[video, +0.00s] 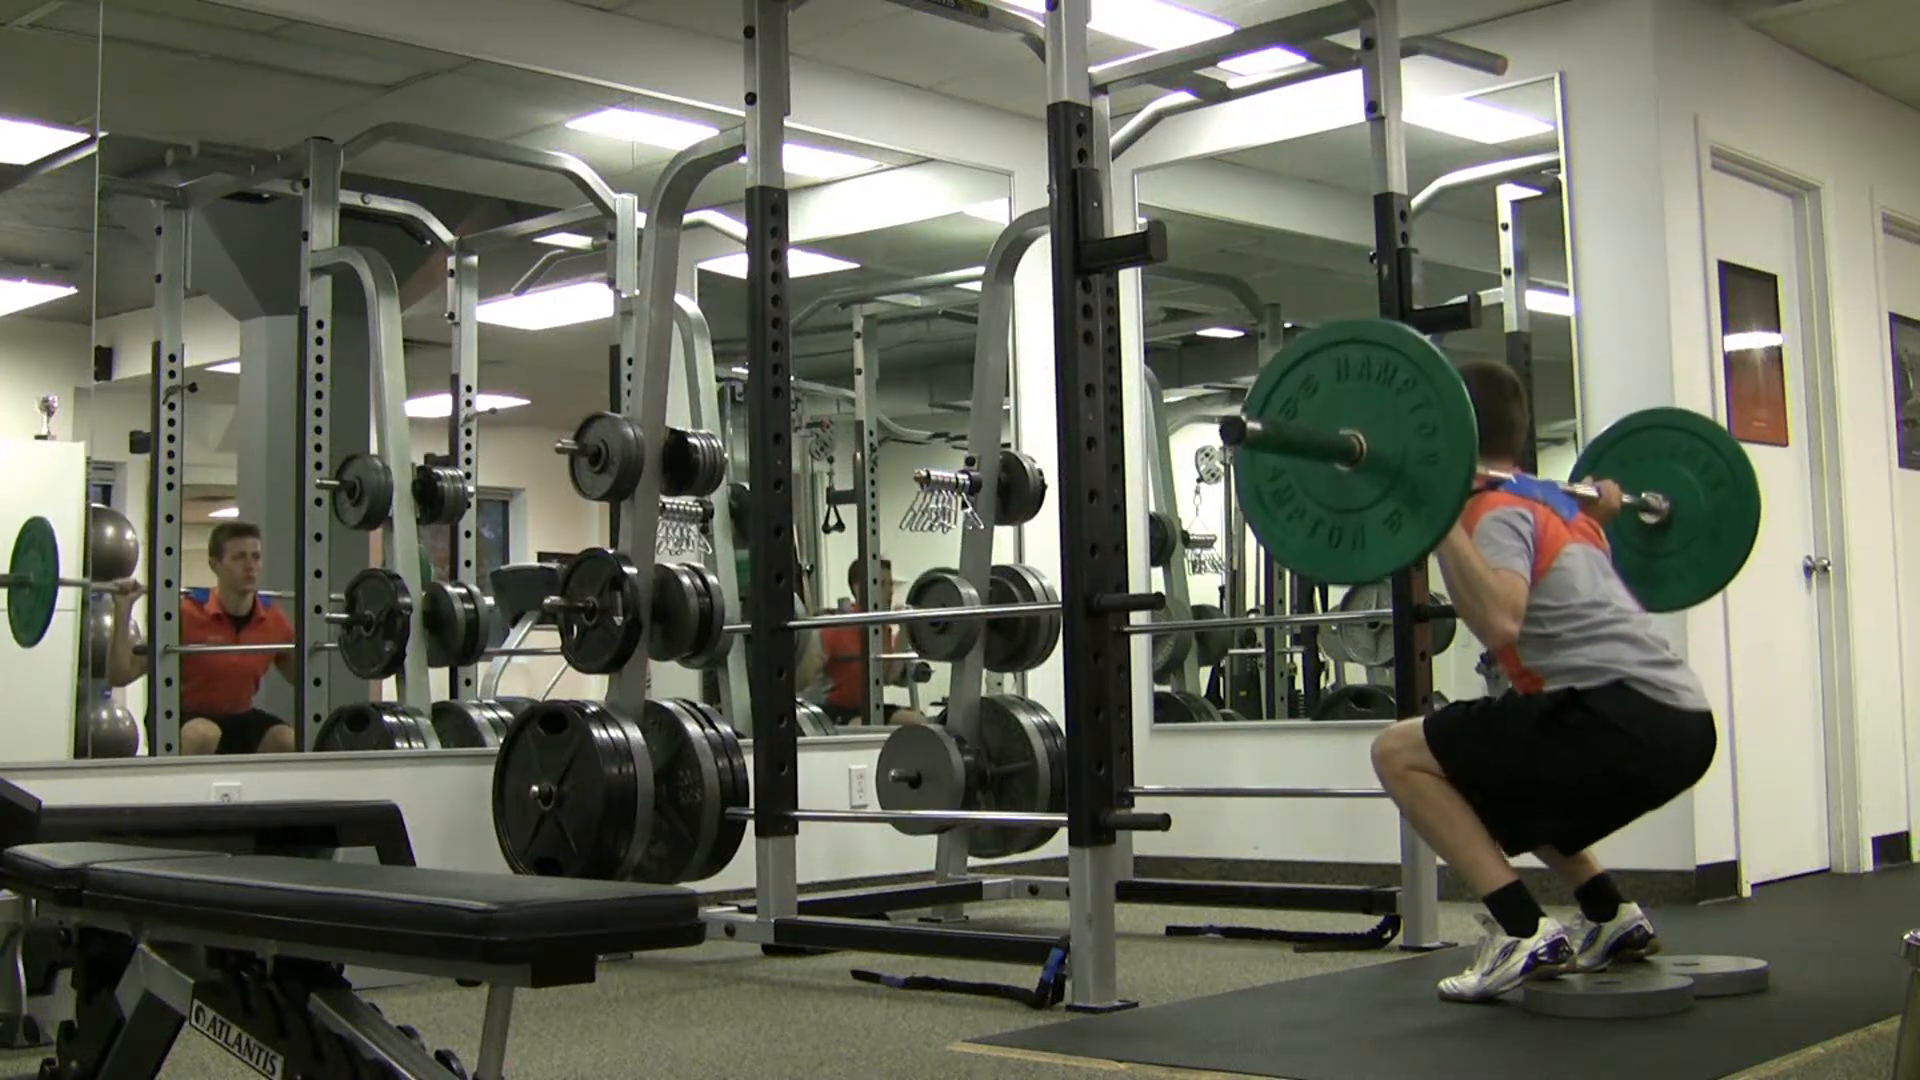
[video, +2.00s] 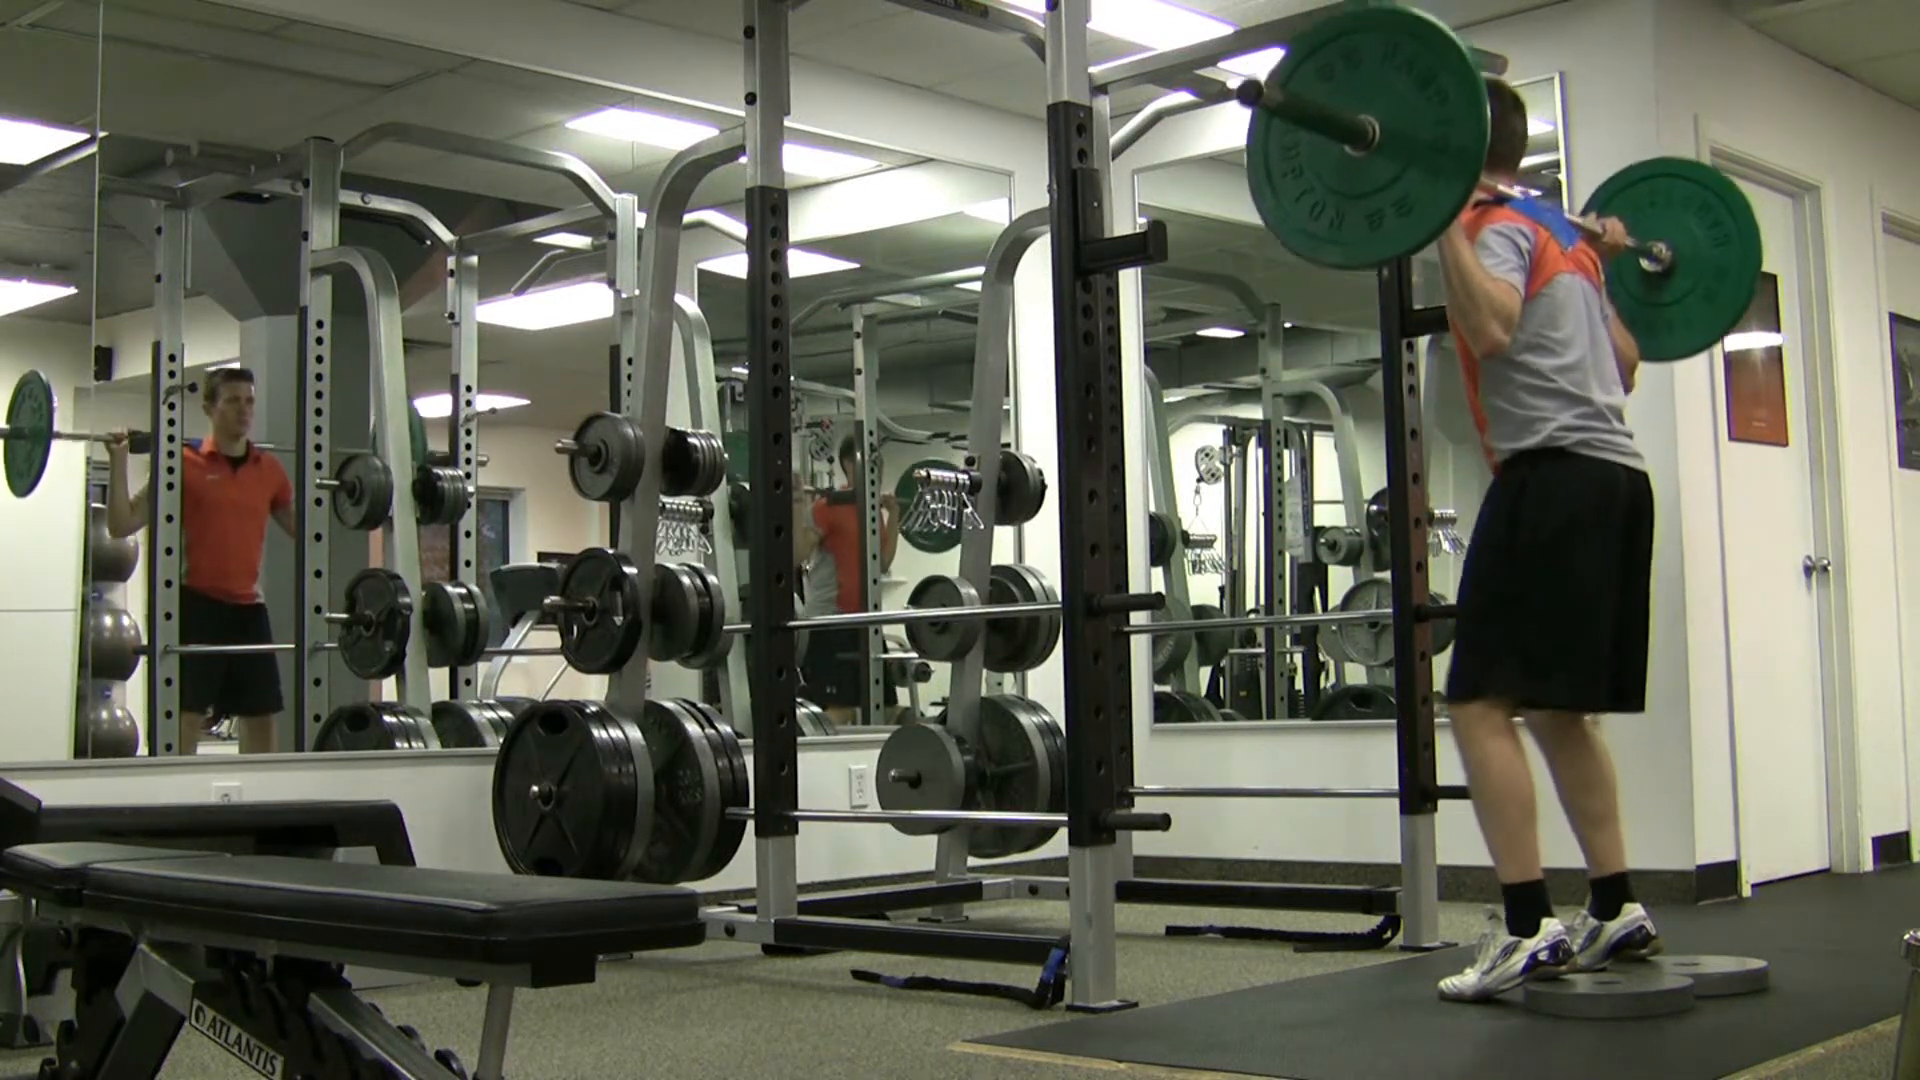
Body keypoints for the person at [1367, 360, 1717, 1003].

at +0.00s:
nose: (1434, 436)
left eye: (1439, 423)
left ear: (1449, 435)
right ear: (1523, 437)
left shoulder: (1497, 510)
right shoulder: (1564, 503)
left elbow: (1499, 622)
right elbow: (1586, 542)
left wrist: (1436, 514)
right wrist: (1599, 509)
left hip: (1619, 715)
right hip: (1682, 726)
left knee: (1399, 752)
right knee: (1501, 776)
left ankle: (1523, 931)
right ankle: (1611, 913)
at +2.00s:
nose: (1439, 157)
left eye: (1445, 135)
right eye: (1452, 133)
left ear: (1467, 146)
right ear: (1521, 148)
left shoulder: (1499, 222)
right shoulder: (1568, 233)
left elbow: (1492, 329)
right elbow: (1623, 362)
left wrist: (1443, 222)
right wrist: (1605, 257)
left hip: (1547, 483)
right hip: (1612, 485)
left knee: (1476, 705)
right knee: (1561, 709)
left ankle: (1527, 928)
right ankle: (1617, 910)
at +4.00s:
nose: (1427, 348)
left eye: (1431, 333)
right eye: (1427, 335)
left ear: (1450, 339)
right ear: (1511, 340)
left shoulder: (1493, 407)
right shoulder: (1557, 409)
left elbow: (1492, 521)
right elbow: (1603, 504)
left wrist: (1431, 419)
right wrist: (1592, 422)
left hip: (1601, 620)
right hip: (1677, 622)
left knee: (1416, 739)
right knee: (1511, 761)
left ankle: (1522, 927)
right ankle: (1613, 911)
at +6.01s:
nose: (1429, 186)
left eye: (1433, 165)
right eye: (1437, 166)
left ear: (1452, 171)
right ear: (1510, 177)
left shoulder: (1486, 247)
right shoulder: (1559, 257)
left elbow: (1476, 353)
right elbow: (1616, 381)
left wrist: (1430, 246)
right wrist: (1596, 276)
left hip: (1550, 498)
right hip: (1617, 501)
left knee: (1450, 707)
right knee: (1537, 709)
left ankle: (1524, 929)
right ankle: (1614, 909)